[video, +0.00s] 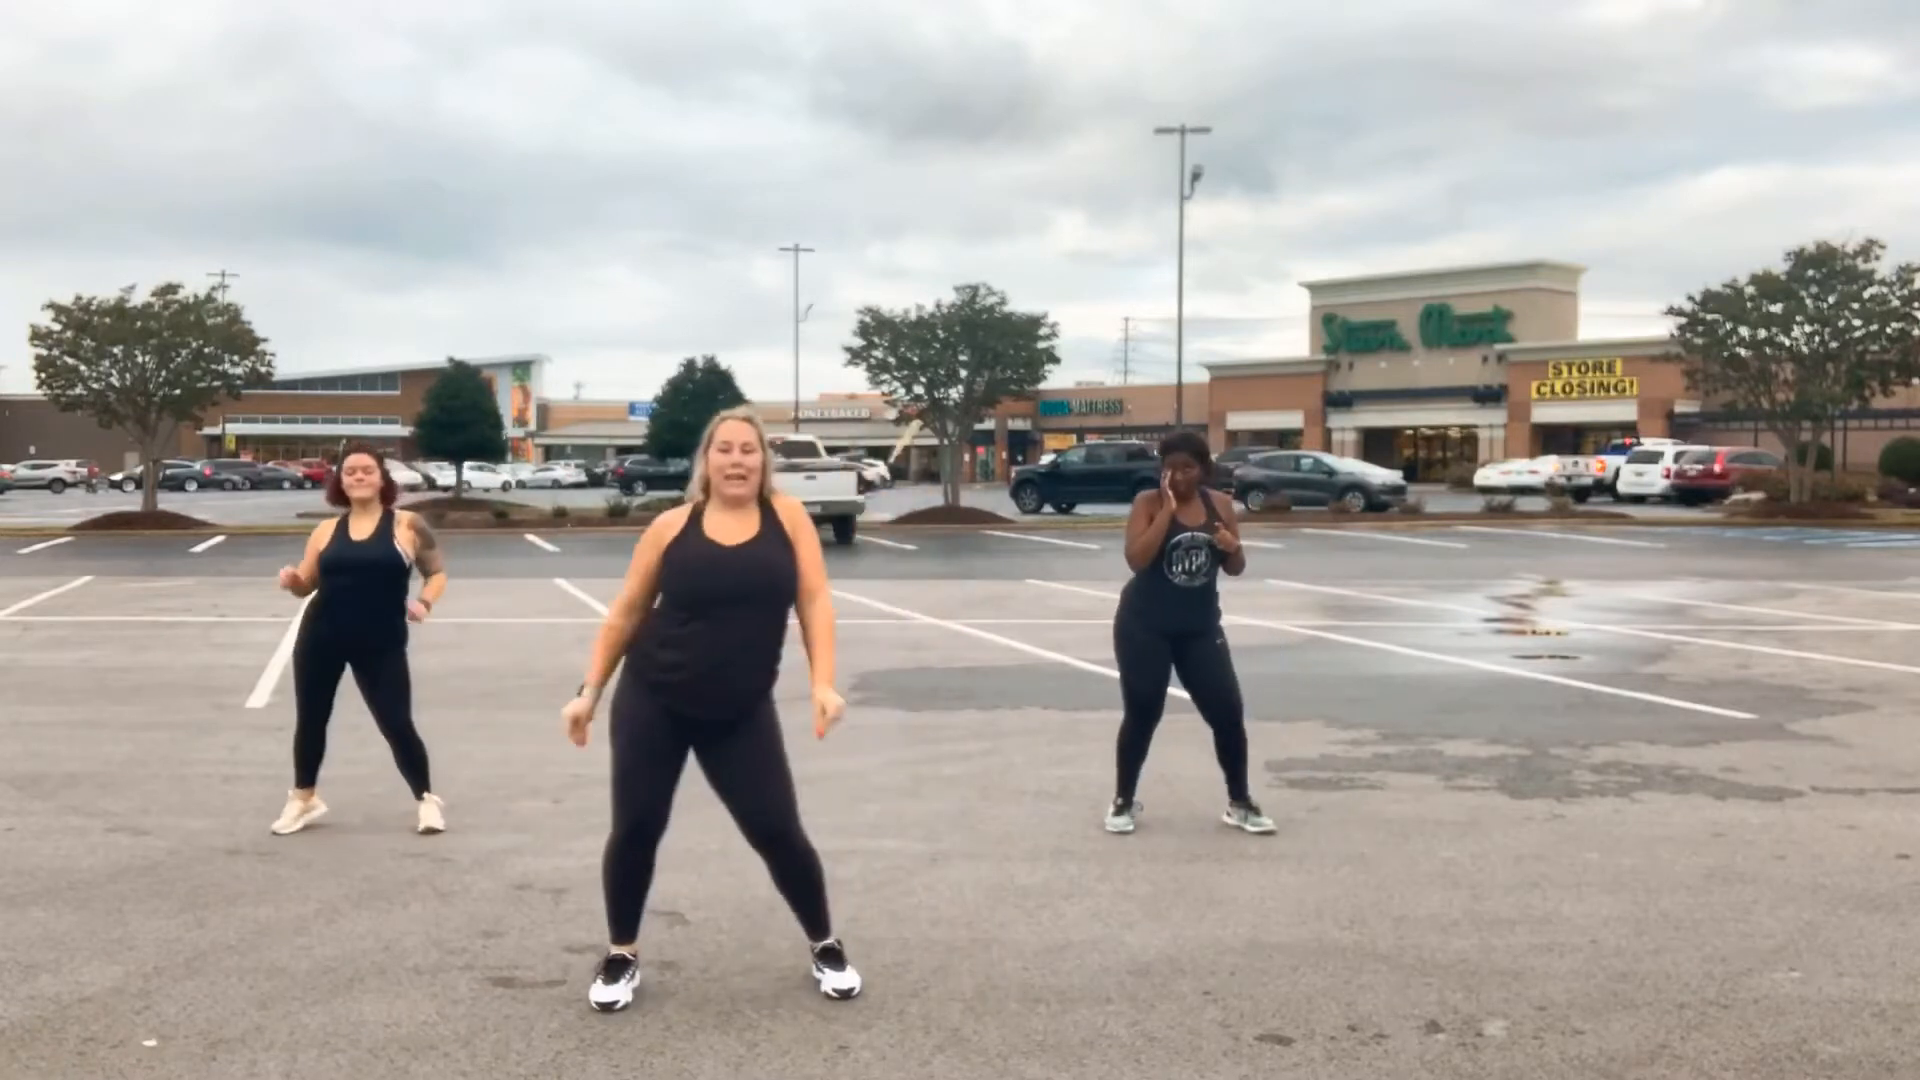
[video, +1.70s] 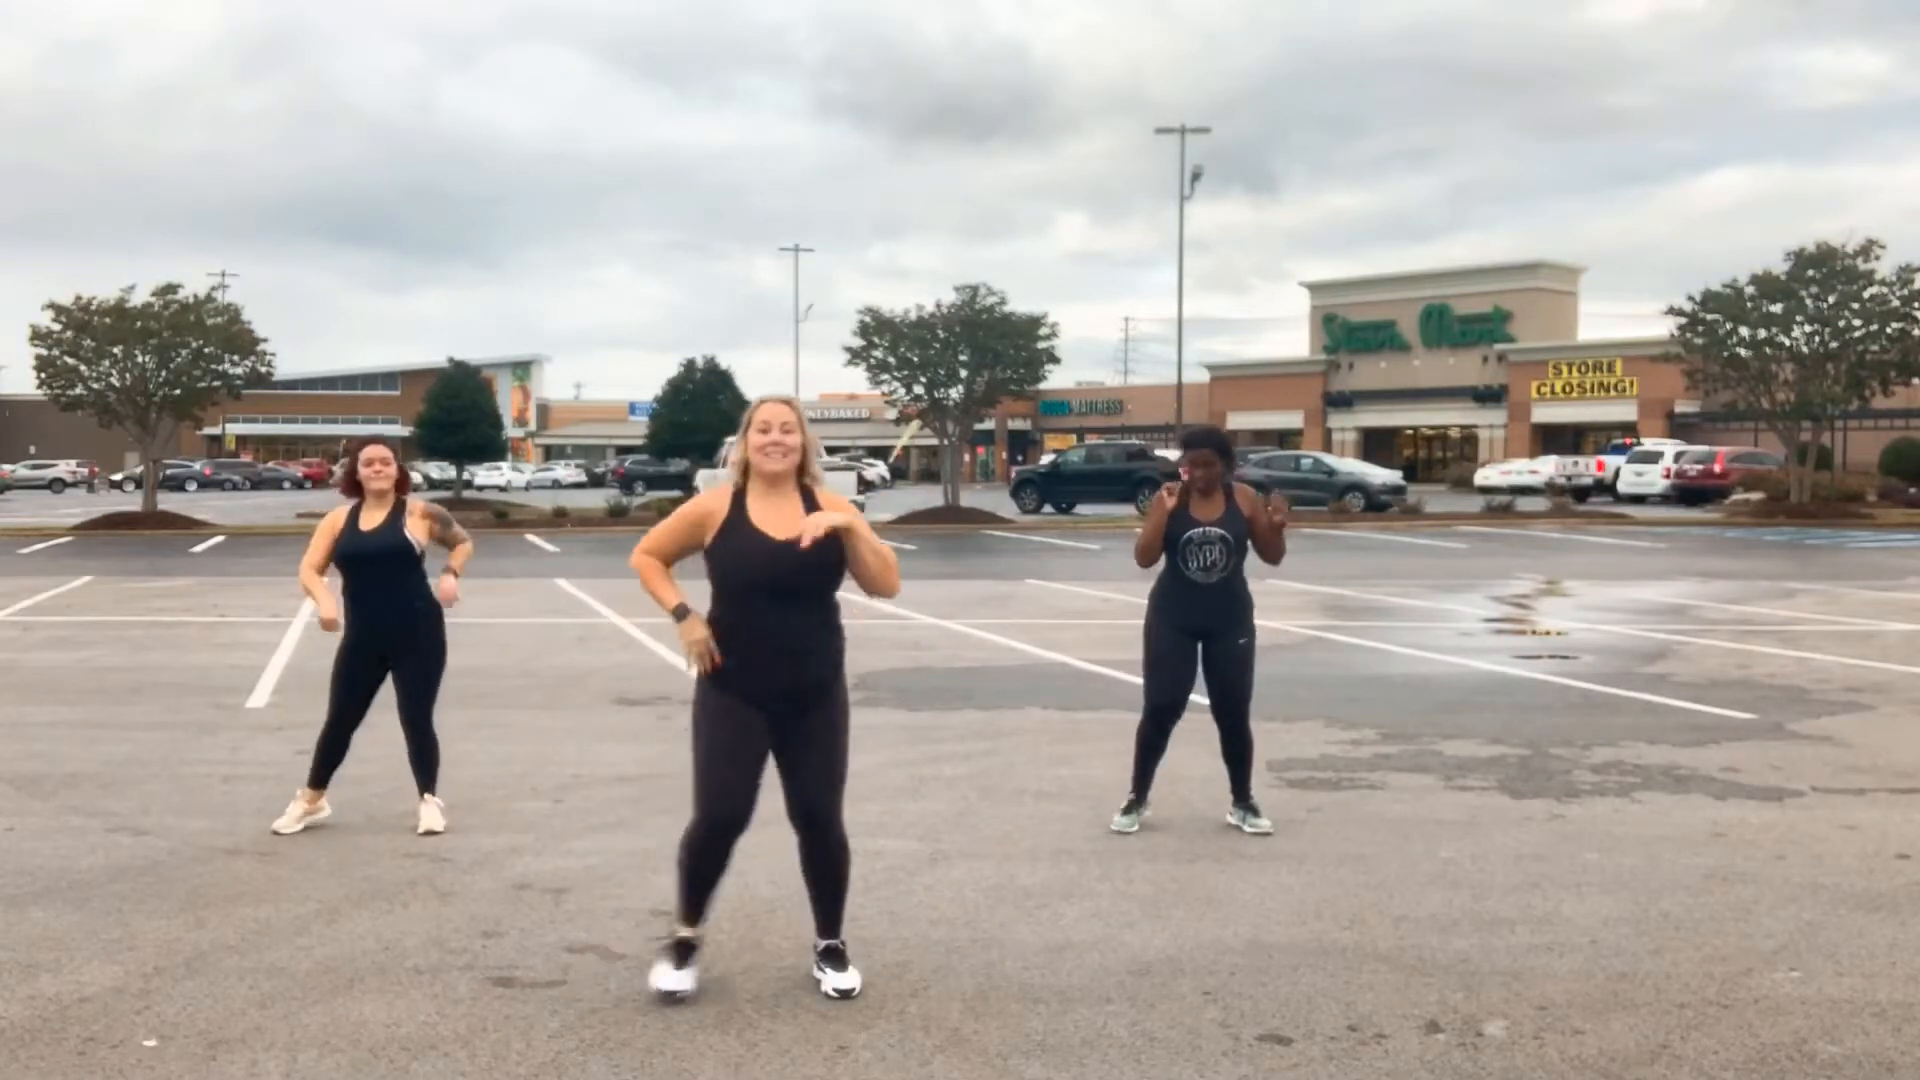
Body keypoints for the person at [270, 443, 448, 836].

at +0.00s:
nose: (359, 477)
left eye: (367, 471)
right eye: (351, 472)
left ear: (382, 479)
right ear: (341, 482)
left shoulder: (406, 525)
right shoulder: (326, 530)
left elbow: (437, 573)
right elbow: (306, 585)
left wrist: (425, 601)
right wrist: (293, 581)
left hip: (379, 642)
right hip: (322, 639)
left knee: (397, 725)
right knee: (310, 720)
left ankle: (426, 799)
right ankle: (303, 797)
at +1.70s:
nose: (378, 469)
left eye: (385, 462)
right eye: (369, 464)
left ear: (398, 470)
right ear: (356, 473)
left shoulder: (420, 513)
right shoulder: (339, 519)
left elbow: (462, 543)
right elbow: (308, 570)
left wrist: (451, 573)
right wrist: (325, 600)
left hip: (417, 633)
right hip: (364, 635)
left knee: (416, 718)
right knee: (339, 721)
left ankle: (428, 800)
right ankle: (312, 798)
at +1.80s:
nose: (385, 468)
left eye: (392, 461)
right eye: (377, 462)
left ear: (406, 469)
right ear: (364, 472)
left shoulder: (428, 515)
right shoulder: (348, 522)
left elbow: (469, 560)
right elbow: (331, 578)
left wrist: (446, 558)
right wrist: (335, 626)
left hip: (424, 633)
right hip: (369, 634)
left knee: (420, 718)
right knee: (354, 715)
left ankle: (429, 799)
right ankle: (354, 793)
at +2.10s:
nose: (401, 476)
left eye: (409, 469)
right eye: (393, 471)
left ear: (422, 477)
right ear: (381, 481)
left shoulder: (442, 522)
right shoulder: (362, 530)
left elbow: (449, 572)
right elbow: (342, 584)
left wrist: (413, 582)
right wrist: (338, 632)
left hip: (436, 638)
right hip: (382, 640)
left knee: (445, 718)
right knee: (387, 725)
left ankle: (442, 796)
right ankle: (397, 800)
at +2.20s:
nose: (406, 478)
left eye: (413, 471)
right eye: (397, 473)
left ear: (426, 479)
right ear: (385, 483)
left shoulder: (448, 524)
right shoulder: (367, 532)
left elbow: (464, 577)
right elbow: (345, 581)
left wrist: (458, 622)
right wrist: (351, 619)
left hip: (445, 635)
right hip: (392, 642)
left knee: (467, 712)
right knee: (393, 725)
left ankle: (483, 787)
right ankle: (398, 801)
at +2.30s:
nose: (411, 476)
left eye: (419, 470)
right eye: (402, 471)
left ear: (432, 478)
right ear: (391, 480)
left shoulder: (457, 522)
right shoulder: (373, 531)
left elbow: (492, 573)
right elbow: (353, 582)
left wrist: (512, 619)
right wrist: (363, 593)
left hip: (464, 635)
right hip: (410, 639)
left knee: (487, 717)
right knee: (402, 723)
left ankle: (526, 792)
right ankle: (399, 801)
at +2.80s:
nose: (410, 477)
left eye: (418, 470)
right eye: (402, 471)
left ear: (434, 477)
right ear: (393, 480)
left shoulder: (455, 526)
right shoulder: (372, 529)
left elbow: (488, 573)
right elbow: (345, 578)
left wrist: (469, 583)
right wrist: (359, 590)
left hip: (453, 640)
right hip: (397, 642)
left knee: (478, 718)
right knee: (394, 728)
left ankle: (519, 792)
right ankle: (399, 801)